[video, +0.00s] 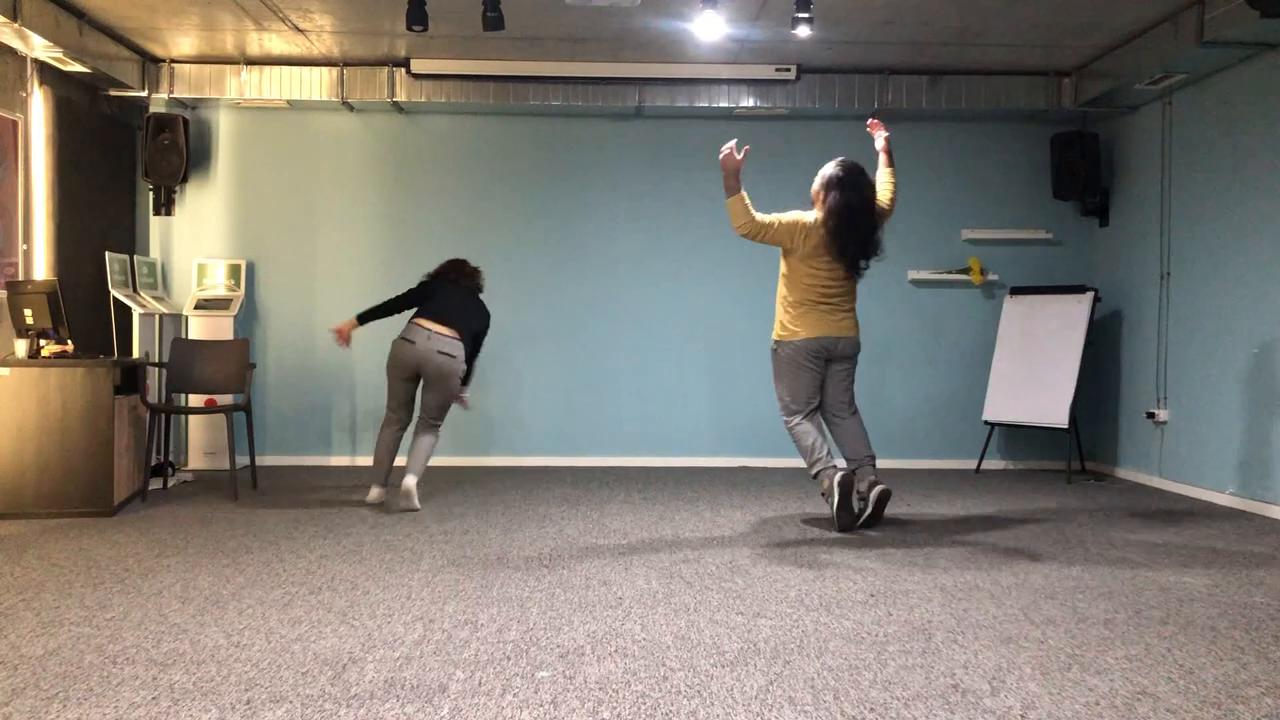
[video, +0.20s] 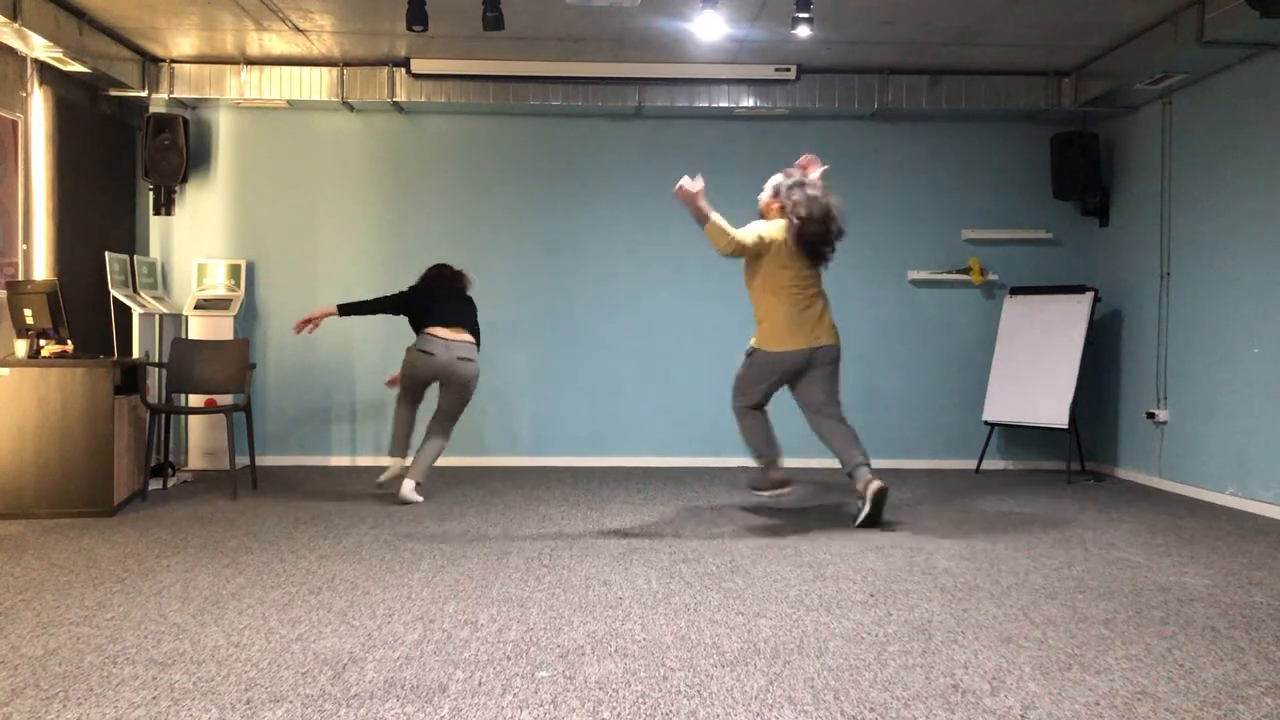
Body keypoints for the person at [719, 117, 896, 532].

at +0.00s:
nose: (812, 187)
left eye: (817, 183)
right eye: (817, 181)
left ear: (824, 194)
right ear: (856, 197)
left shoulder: (799, 226)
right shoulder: (860, 223)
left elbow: (747, 226)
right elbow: (885, 197)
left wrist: (731, 177)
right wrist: (884, 151)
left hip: (799, 337)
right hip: (845, 336)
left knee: (800, 415)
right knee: (842, 410)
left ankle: (832, 480)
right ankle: (869, 482)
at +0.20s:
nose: (762, 193)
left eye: (767, 189)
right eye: (766, 188)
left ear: (778, 203)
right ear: (797, 206)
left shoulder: (765, 232)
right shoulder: (809, 230)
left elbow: (731, 244)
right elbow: (816, 212)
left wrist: (699, 207)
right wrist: (811, 183)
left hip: (779, 346)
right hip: (823, 344)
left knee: (746, 403)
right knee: (826, 413)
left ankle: (771, 472)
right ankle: (865, 481)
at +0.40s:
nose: (708, 244)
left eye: (713, 236)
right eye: (709, 236)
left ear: (731, 236)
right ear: (742, 238)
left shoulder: (729, 260)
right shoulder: (765, 266)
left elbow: (712, 289)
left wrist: (661, 288)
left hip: (751, 365)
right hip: (791, 365)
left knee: (720, 421)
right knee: (766, 420)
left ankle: (730, 488)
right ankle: (807, 465)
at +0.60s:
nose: (681, 248)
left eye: (686, 240)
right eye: (681, 242)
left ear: (705, 236)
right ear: (713, 239)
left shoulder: (712, 254)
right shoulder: (733, 258)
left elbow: (736, 275)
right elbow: (733, 329)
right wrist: (704, 358)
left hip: (756, 354)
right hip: (780, 352)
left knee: (705, 410)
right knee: (756, 422)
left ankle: (717, 484)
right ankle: (799, 485)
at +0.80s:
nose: (642, 228)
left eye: (648, 220)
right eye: (643, 222)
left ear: (670, 221)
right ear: (666, 225)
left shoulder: (684, 240)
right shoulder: (677, 259)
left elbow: (724, 265)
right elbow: (697, 319)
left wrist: (709, 319)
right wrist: (696, 364)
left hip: (726, 342)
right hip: (737, 343)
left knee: (681, 411)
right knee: (738, 415)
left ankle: (717, 495)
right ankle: (785, 475)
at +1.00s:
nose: (600, 213)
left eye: (605, 206)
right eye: (600, 207)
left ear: (625, 208)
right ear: (621, 209)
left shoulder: (637, 232)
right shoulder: (630, 243)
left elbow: (668, 267)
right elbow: (651, 274)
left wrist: (652, 314)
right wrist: (616, 262)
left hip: (683, 342)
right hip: (656, 348)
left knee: (670, 417)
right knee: (633, 416)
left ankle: (722, 498)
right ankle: (690, 476)